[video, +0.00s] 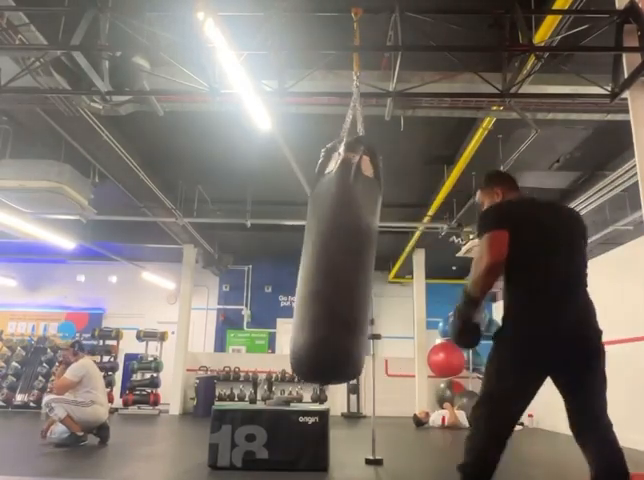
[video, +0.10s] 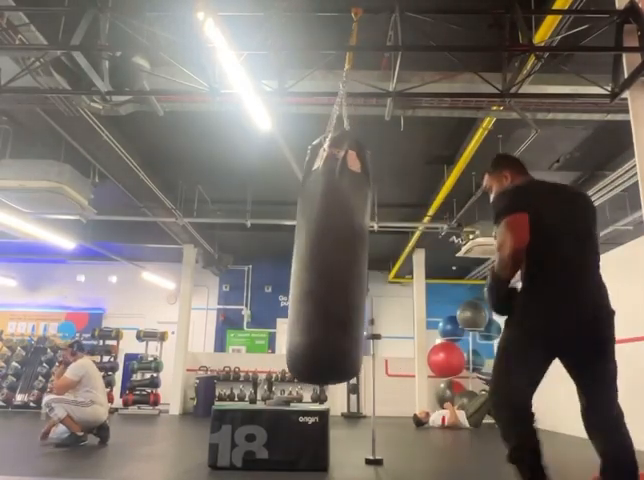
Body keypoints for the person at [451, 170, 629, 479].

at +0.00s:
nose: (484, 209)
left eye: (484, 203)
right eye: (482, 205)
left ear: (497, 192)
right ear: (516, 189)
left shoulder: (498, 212)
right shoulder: (570, 215)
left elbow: (493, 260)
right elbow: (573, 275)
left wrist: (468, 308)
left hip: (527, 334)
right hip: (579, 334)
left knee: (491, 422)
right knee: (594, 427)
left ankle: (475, 472)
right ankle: (616, 476)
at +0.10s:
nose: (492, 198)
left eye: (491, 190)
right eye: (489, 193)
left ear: (506, 175)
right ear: (525, 174)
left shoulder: (512, 195)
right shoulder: (579, 198)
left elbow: (514, 245)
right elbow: (582, 259)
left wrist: (498, 285)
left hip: (540, 311)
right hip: (591, 311)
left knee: (508, 399)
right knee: (602, 408)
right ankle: (624, 473)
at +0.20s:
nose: (503, 192)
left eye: (503, 183)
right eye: (500, 185)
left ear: (520, 170)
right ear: (534, 167)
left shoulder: (528, 191)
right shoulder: (592, 194)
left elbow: (523, 240)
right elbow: (609, 252)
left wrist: (505, 264)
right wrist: (579, 271)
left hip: (555, 312)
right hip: (603, 310)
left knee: (535, 405)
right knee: (612, 406)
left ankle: (581, 475)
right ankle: (638, 470)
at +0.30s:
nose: (515, 200)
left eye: (516, 189)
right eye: (513, 192)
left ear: (536, 177)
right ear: (547, 178)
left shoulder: (543, 206)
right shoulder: (605, 210)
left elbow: (522, 258)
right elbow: (609, 275)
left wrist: (496, 261)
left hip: (570, 334)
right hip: (614, 327)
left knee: (581, 429)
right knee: (631, 420)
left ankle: (622, 477)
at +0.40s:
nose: (516, 196)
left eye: (516, 185)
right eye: (513, 188)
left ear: (538, 172)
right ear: (548, 173)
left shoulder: (546, 201)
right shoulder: (604, 204)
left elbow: (543, 254)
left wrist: (507, 271)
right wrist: (525, 243)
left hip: (577, 329)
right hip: (624, 323)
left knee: (565, 425)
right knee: (638, 422)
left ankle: (606, 475)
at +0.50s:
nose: (509, 189)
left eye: (509, 179)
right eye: (506, 183)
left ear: (530, 167)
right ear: (538, 167)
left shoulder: (547, 191)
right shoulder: (590, 193)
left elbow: (562, 243)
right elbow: (589, 256)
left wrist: (520, 276)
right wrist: (527, 240)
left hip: (575, 311)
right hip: (620, 305)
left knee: (544, 401)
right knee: (636, 405)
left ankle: (562, 474)